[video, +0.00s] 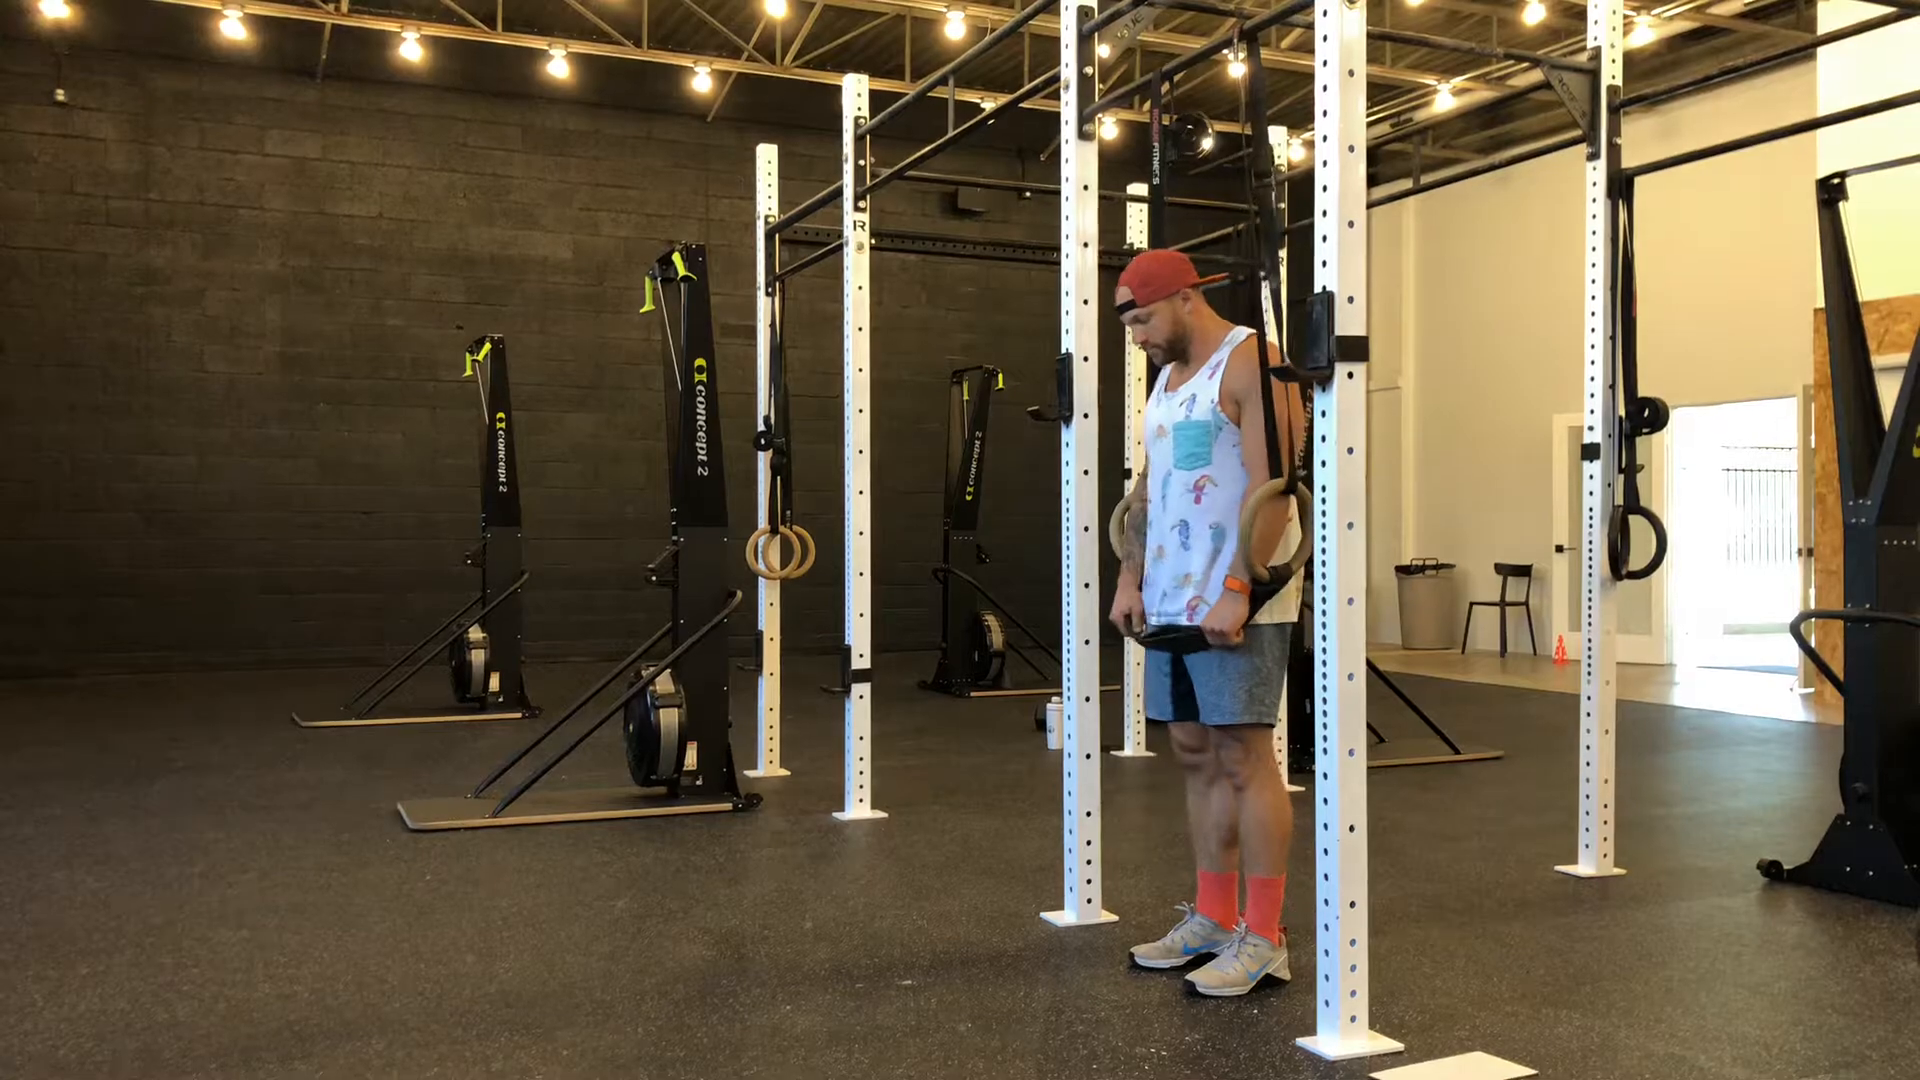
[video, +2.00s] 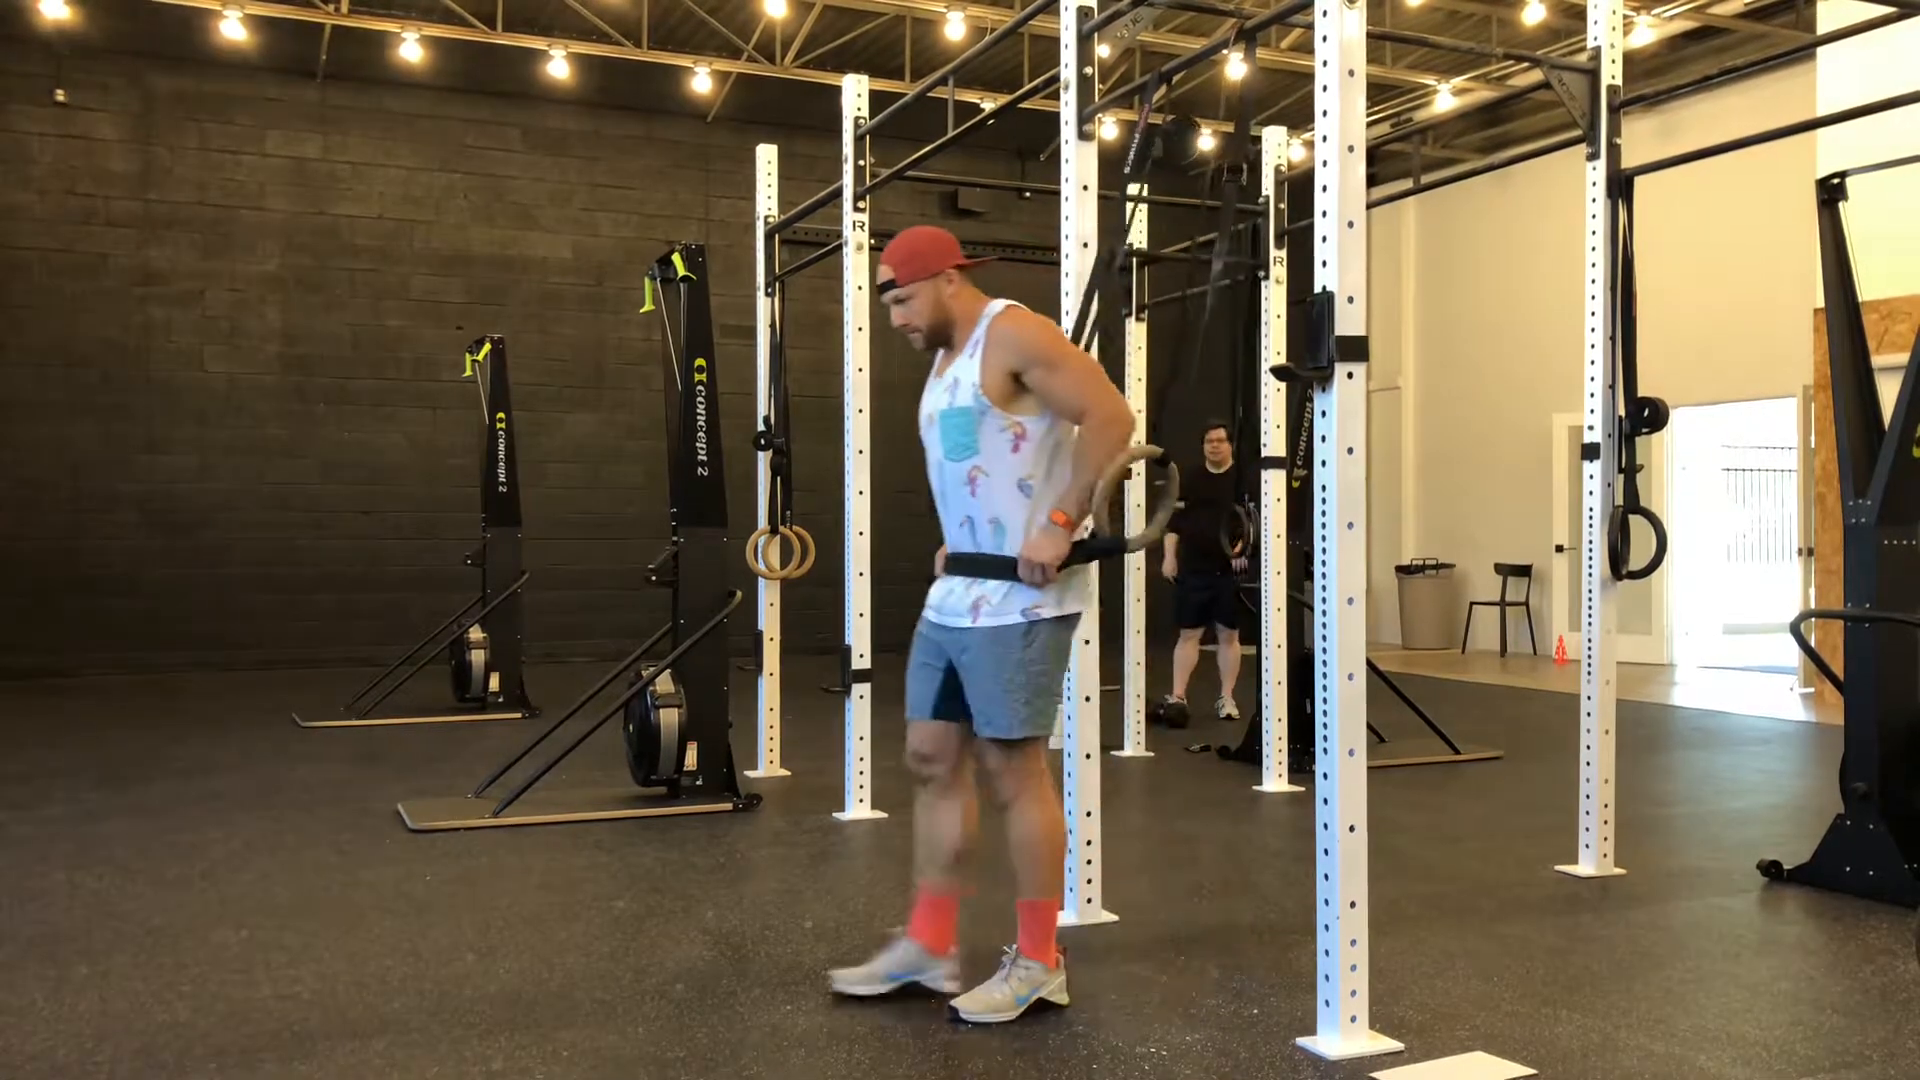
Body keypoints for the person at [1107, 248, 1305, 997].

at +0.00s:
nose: (1131, 328)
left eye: (1138, 312)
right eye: (1126, 315)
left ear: (1187, 299)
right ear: (1161, 310)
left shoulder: (1249, 363)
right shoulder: (1166, 380)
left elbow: (1273, 489)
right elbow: (1153, 491)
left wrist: (1240, 586)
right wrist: (1132, 575)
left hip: (1236, 602)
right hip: (1177, 604)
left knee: (1246, 760)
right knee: (1196, 754)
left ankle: (1264, 938)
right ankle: (1213, 919)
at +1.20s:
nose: (1107, 309)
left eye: (1118, 295)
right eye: (1104, 297)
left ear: (1163, 298)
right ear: (1124, 304)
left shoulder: (1210, 363)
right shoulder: (1131, 377)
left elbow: (1243, 480)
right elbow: (1110, 477)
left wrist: (1187, 565)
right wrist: (1076, 544)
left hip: (1197, 591)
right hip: (1149, 589)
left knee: (1133, 742)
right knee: (1187, 754)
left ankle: (1207, 919)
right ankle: (1219, 917)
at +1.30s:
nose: (1083, 313)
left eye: (1094, 298)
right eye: (1079, 301)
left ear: (1140, 299)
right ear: (1095, 309)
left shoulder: (1193, 368)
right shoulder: (1111, 380)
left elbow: (1232, 484)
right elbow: (1097, 475)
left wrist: (1173, 559)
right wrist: (1062, 536)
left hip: (1180, 596)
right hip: (1134, 595)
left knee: (1116, 750)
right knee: (1178, 759)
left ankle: (1113, 948)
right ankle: (1217, 924)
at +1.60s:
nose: (994, 320)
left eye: (1005, 305)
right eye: (991, 307)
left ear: (1055, 301)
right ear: (1029, 309)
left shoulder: (1115, 368)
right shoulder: (1034, 381)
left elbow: (1190, 465)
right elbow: (1048, 486)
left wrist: (1118, 542)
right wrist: (1011, 540)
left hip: (1098, 596)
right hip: (1056, 594)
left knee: (1030, 757)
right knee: (1094, 762)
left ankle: (1038, 959)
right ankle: (1193, 894)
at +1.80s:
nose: (942, 314)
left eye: (951, 296)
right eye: (938, 299)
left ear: (998, 286)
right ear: (981, 294)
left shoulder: (1067, 349)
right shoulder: (995, 365)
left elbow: (1150, 436)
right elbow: (1037, 469)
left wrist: (1087, 523)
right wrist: (992, 530)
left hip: (1057, 597)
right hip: (998, 591)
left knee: (1027, 764)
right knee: (975, 751)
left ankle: (1038, 964)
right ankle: (1109, 870)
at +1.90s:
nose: (914, 315)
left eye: (921, 297)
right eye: (909, 301)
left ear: (968, 283)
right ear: (951, 292)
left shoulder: (1038, 340)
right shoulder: (968, 362)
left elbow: (1130, 423)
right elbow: (1003, 471)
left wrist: (1074, 522)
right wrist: (970, 543)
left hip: (1034, 603)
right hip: (971, 596)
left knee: (1023, 767)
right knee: (940, 748)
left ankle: (1040, 960)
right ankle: (1005, 920)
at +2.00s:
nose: (893, 313)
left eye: (900, 294)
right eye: (888, 298)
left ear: (947, 280)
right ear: (930, 288)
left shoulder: (1016, 335)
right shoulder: (943, 367)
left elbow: (1111, 418)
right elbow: (983, 474)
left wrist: (1060, 521)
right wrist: (953, 554)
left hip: (1017, 602)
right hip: (955, 598)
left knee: (1017, 768)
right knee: (934, 757)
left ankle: (1036, 962)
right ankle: (929, 947)